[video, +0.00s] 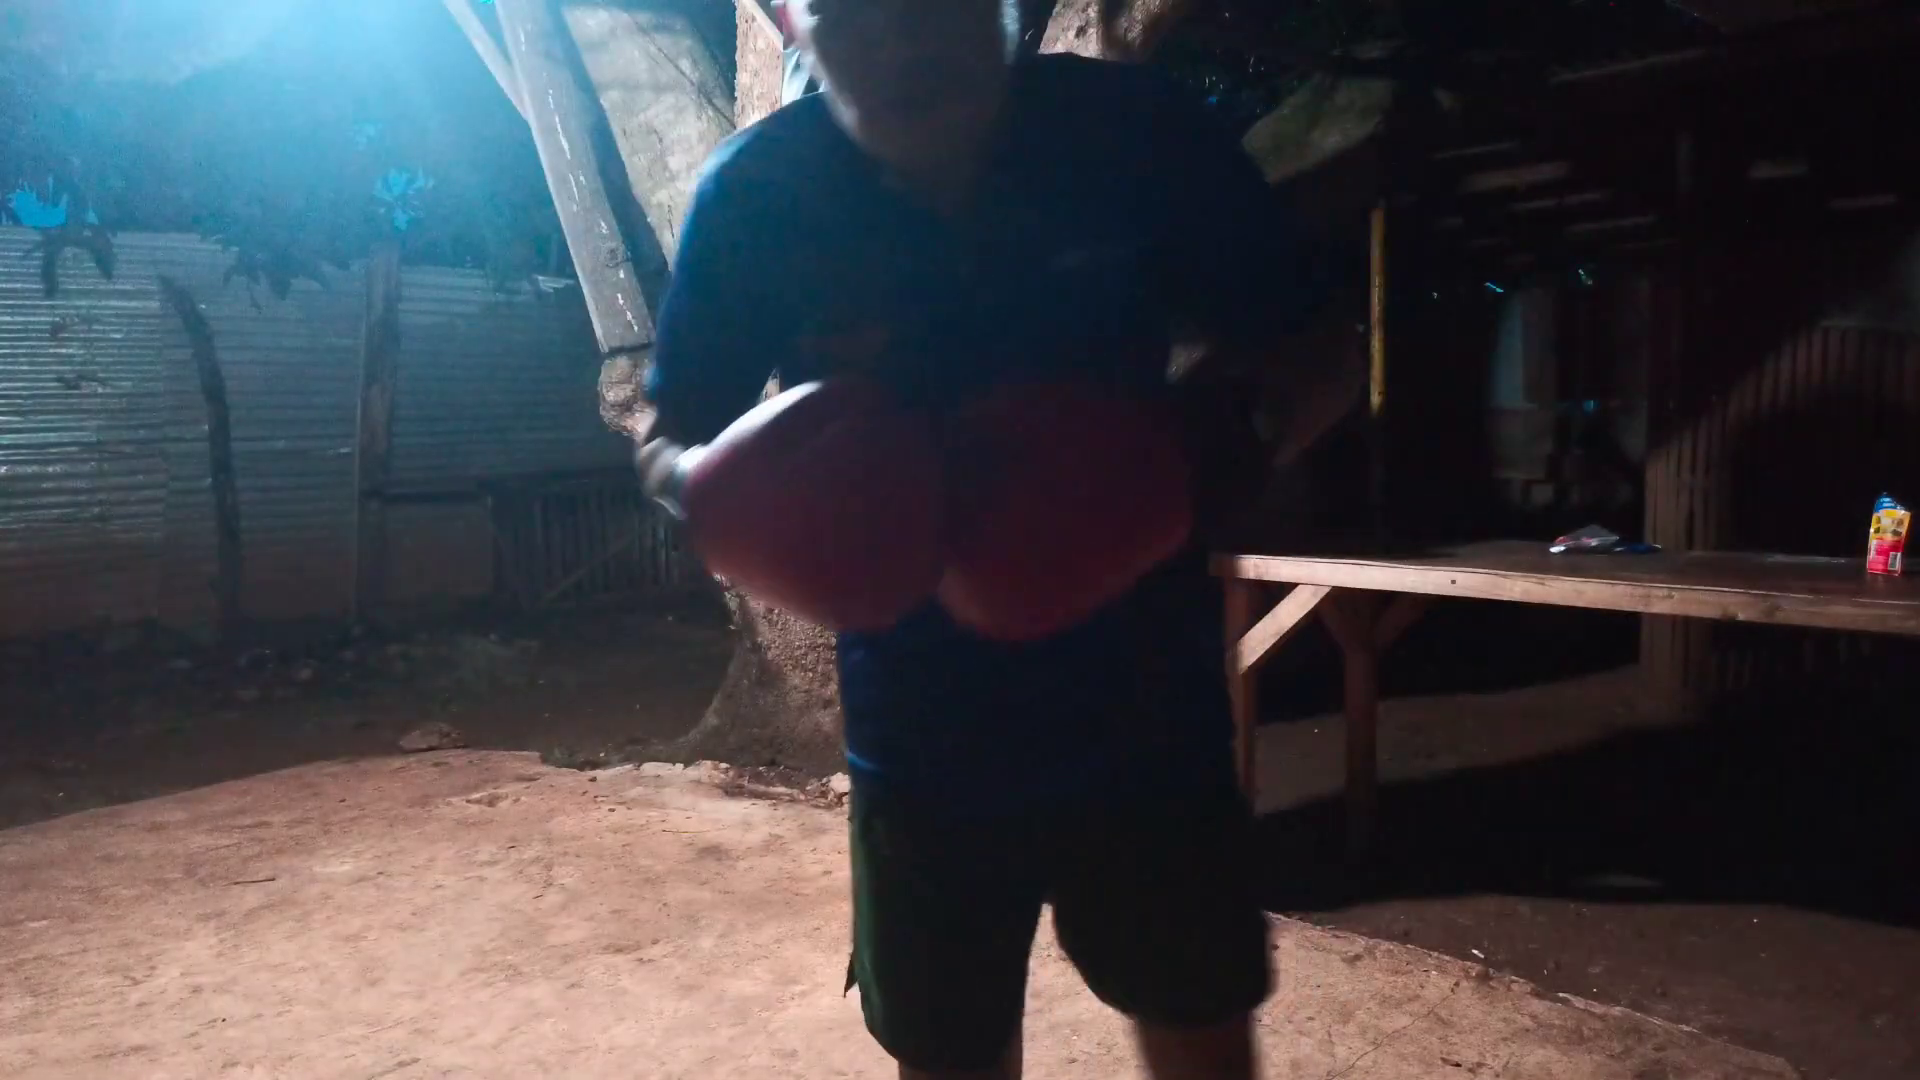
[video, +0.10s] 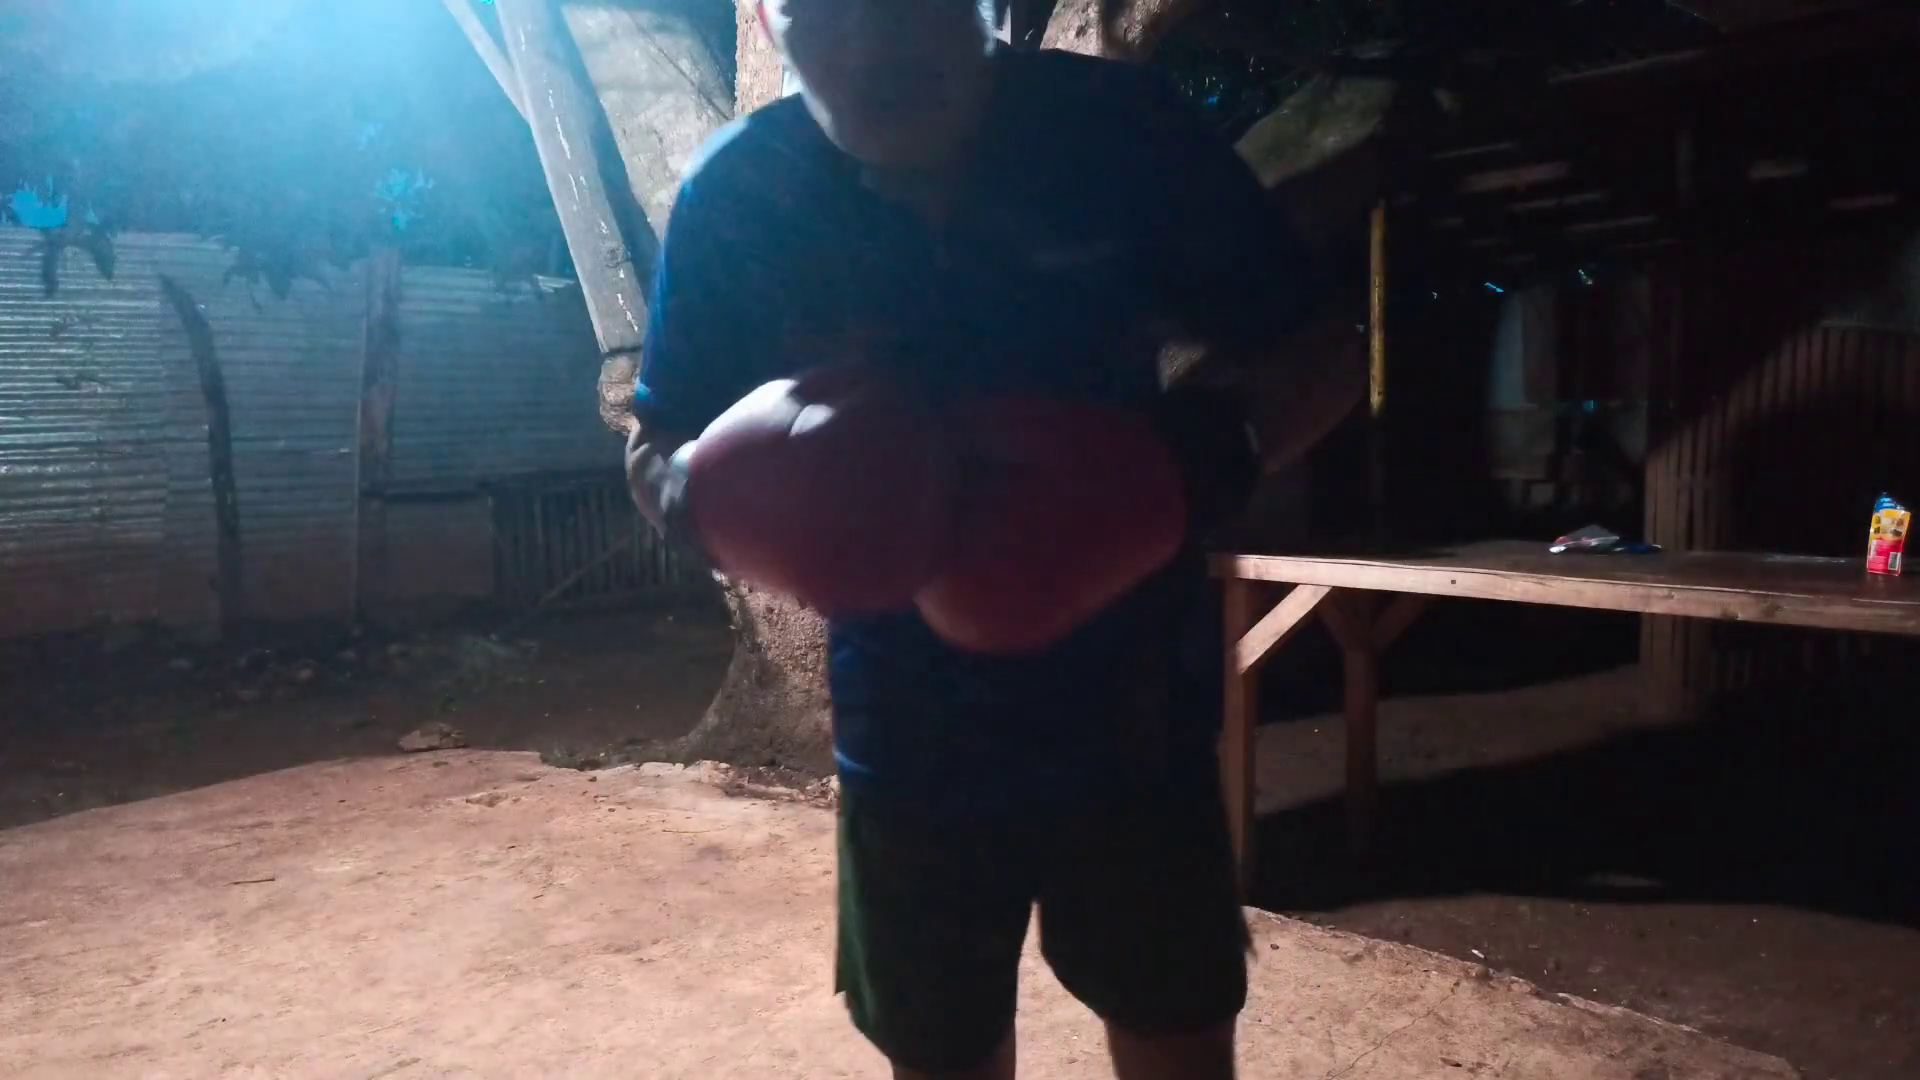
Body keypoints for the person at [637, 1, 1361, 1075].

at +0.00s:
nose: (910, 41)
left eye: (939, 13)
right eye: (865, 18)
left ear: (1000, 9)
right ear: (793, 27)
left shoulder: (1145, 129)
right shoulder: (756, 195)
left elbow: (1321, 344)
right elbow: (672, 439)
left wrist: (1213, 445)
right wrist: (729, 485)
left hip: (1144, 704)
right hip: (926, 735)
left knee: (1202, 1036)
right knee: (948, 1058)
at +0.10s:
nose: (876, 62)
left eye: (912, 30)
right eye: (832, 34)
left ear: (978, 14)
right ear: (776, 33)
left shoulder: (1127, 127)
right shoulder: (738, 195)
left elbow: (1322, 350)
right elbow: (660, 449)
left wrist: (1189, 458)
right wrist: (726, 495)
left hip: (1132, 704)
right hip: (912, 731)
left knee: (1177, 1044)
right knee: (942, 1056)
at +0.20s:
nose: (854, 56)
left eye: (889, 27)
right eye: (811, 32)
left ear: (961, 11)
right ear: (768, 32)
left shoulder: (1121, 121)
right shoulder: (731, 187)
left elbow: (1319, 343)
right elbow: (667, 447)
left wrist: (1177, 461)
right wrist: (729, 507)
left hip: (1122, 710)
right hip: (899, 730)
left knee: (1165, 1047)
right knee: (935, 1057)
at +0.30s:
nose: (831, 92)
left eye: (861, 56)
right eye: (799, 52)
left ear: (941, 13)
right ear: (767, 28)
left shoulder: (1122, 114)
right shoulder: (730, 176)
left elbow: (1324, 348)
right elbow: (661, 439)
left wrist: (1180, 460)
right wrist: (733, 498)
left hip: (1119, 744)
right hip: (889, 759)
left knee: (1161, 1056)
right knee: (915, 1060)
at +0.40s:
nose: (773, 21)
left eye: (813, 7)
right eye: (764, 6)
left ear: (940, 9)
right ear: (758, 14)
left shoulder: (1131, 112)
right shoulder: (737, 164)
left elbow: (1342, 357)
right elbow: (662, 425)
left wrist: (1194, 450)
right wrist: (720, 470)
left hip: (1125, 761)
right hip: (883, 770)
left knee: (1171, 1061)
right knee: (888, 1056)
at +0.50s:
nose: (785, 19)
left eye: (806, 4)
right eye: (781, 8)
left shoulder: (1161, 108)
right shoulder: (767, 148)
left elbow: (1361, 372)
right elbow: (678, 414)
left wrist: (1190, 450)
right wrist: (730, 428)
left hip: (1125, 766)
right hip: (879, 771)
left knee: (1167, 1059)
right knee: (859, 1056)